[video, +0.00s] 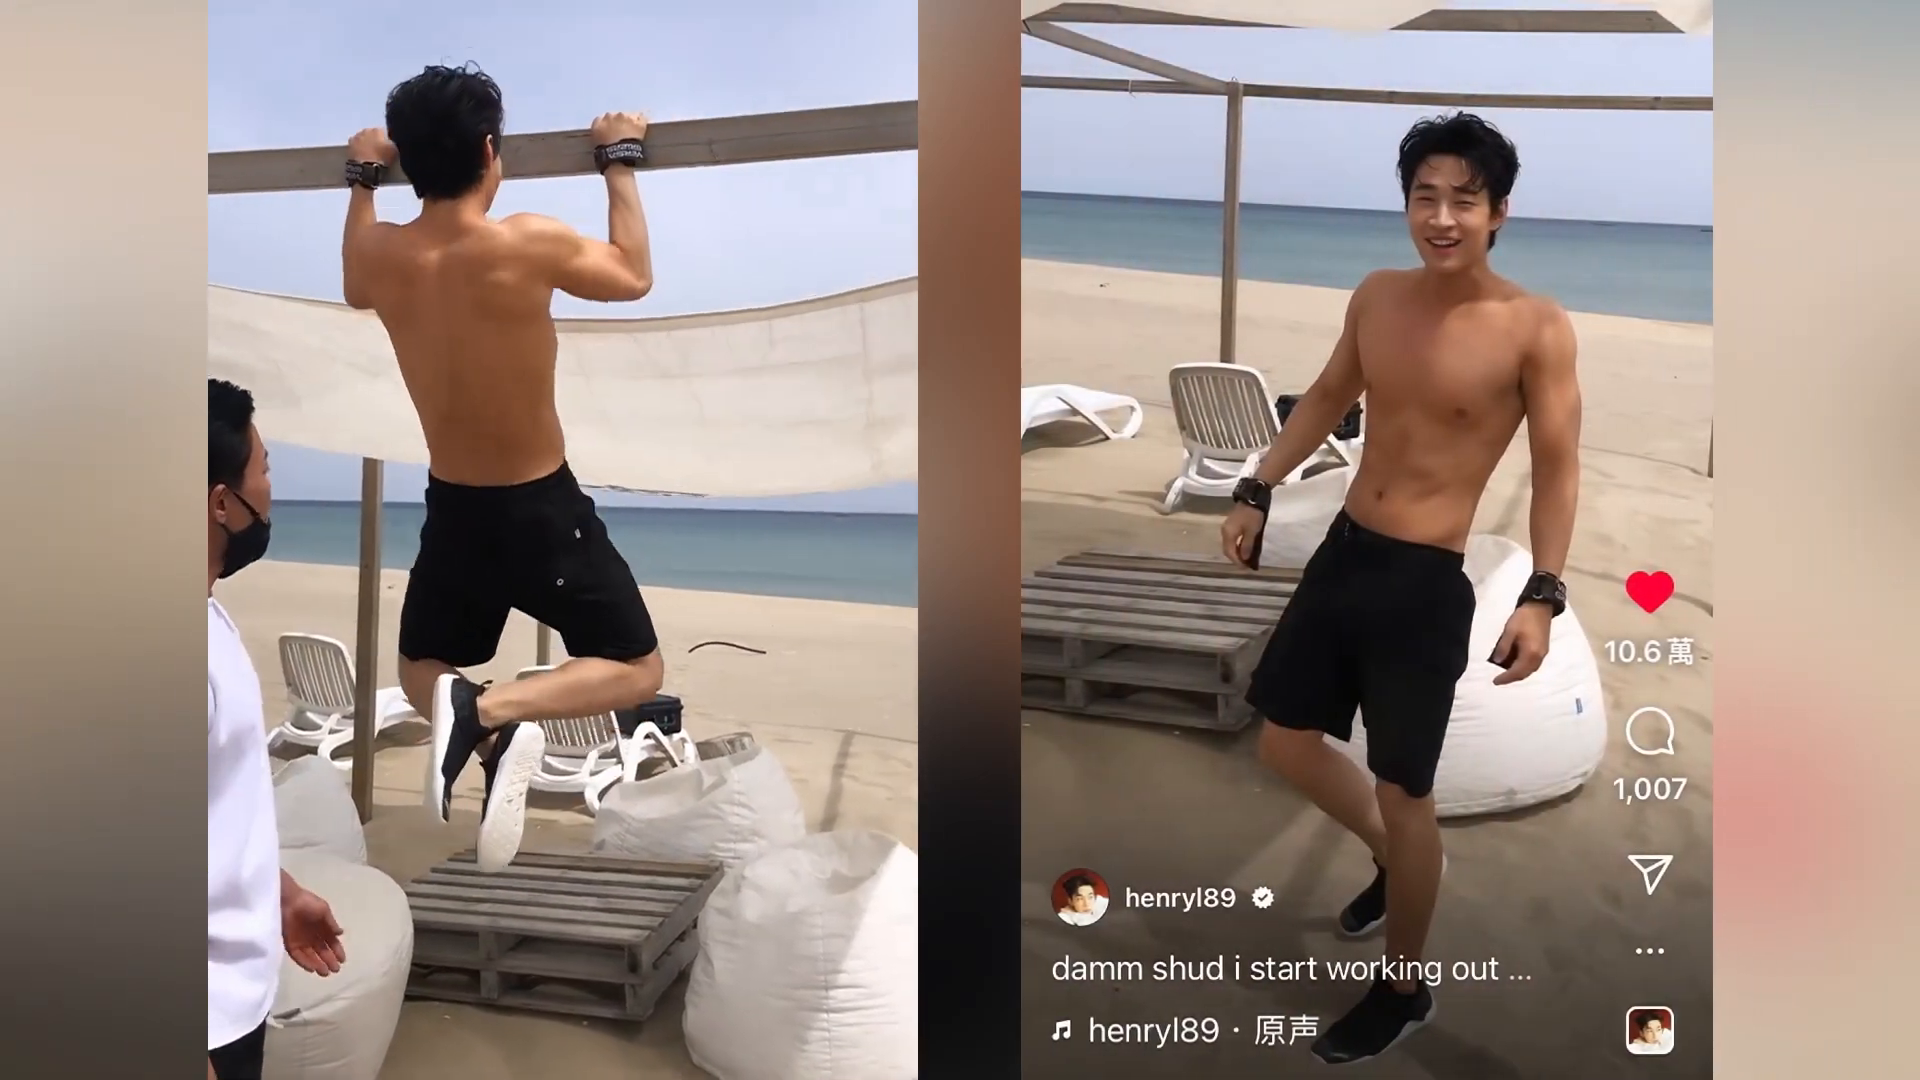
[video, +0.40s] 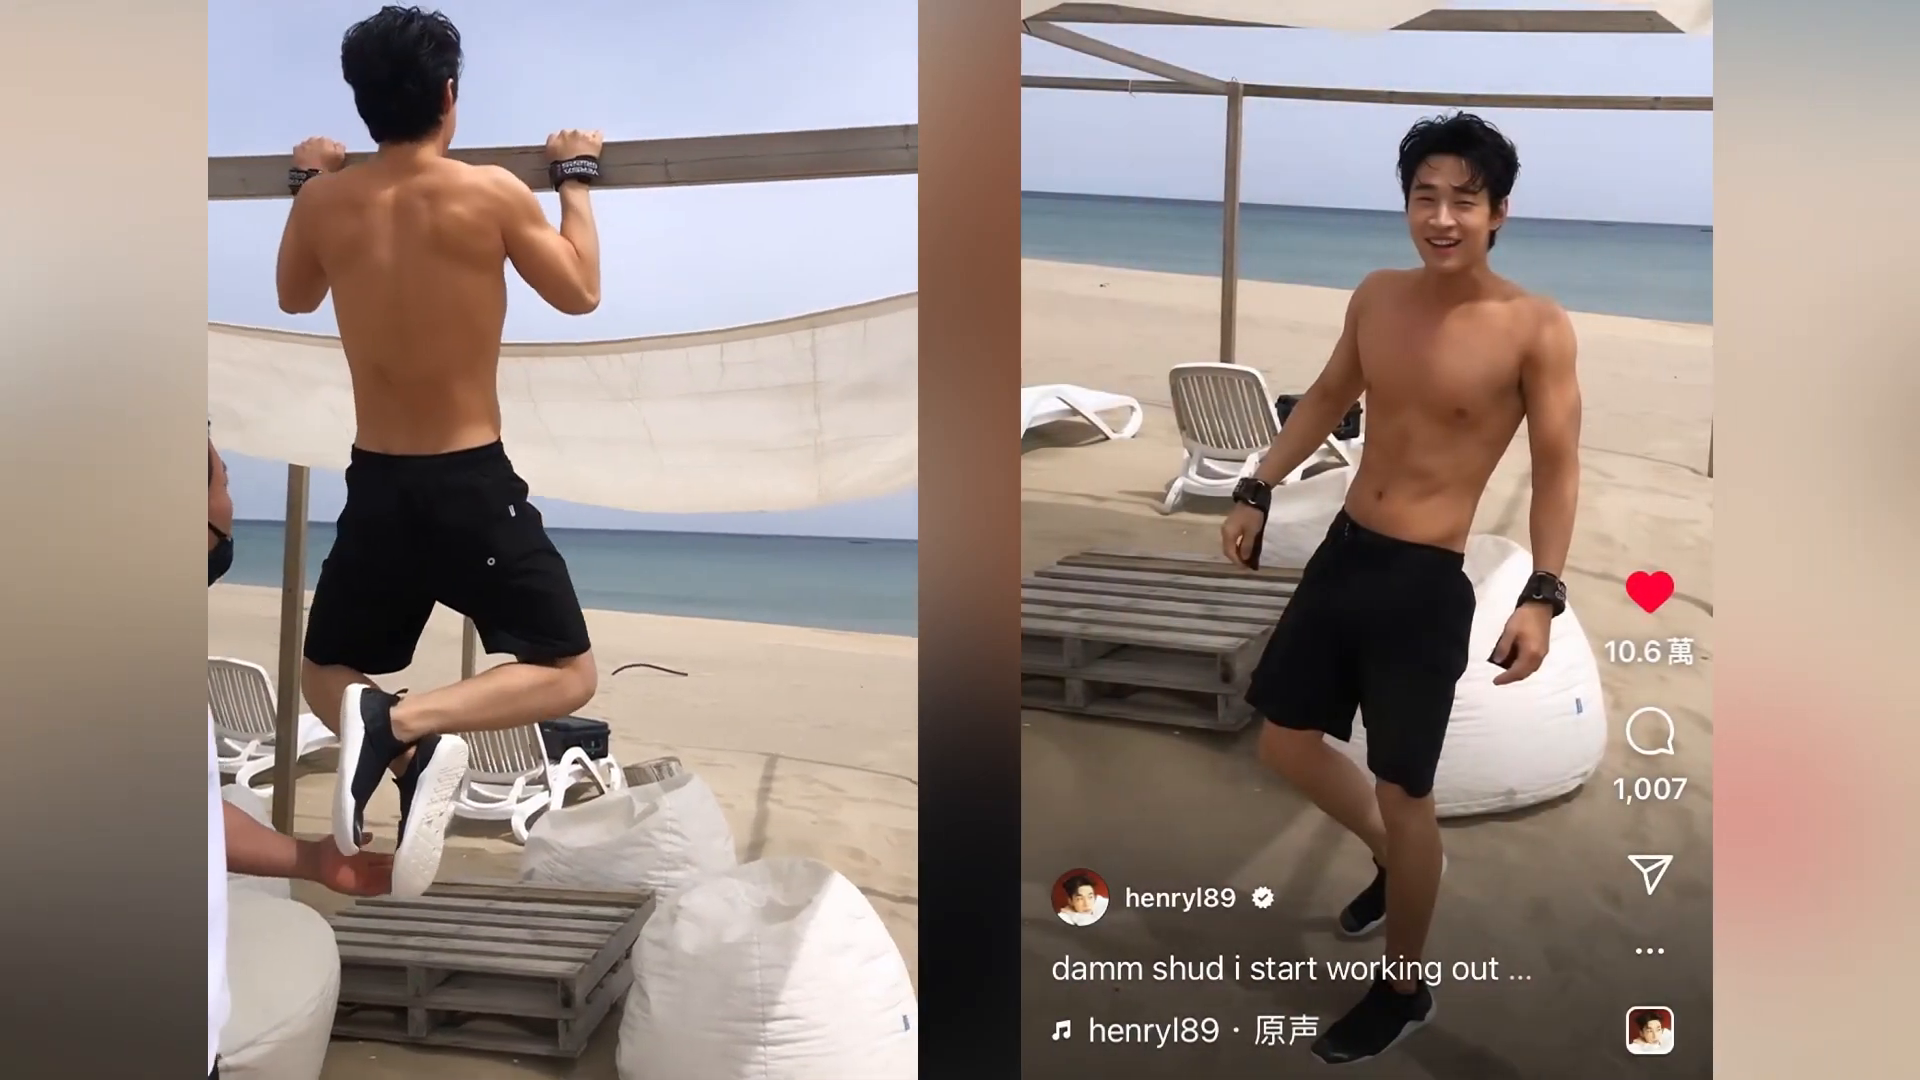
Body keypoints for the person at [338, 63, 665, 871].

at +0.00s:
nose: (501, 150)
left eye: (496, 139)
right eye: (496, 139)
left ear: (405, 165)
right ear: (489, 153)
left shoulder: (383, 254)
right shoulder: (528, 243)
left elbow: (357, 285)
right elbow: (632, 274)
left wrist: (361, 178)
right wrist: (619, 163)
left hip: (454, 512)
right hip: (542, 508)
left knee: (423, 675)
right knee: (639, 673)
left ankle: (498, 749)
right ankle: (483, 707)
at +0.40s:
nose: (459, 95)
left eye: (448, 83)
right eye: (457, 84)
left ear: (363, 104)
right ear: (448, 98)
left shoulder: (327, 201)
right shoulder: (490, 193)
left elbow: (295, 294)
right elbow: (579, 289)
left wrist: (311, 185)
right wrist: (575, 180)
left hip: (377, 488)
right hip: (474, 487)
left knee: (328, 674)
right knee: (569, 675)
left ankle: (421, 770)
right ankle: (398, 719)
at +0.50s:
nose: (445, 123)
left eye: (437, 111)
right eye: (443, 111)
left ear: (345, 133)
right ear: (434, 125)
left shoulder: (313, 228)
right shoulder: (481, 224)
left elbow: (282, 302)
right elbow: (575, 297)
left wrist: (294, 194)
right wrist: (568, 184)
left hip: (364, 517)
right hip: (462, 518)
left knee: (310, 709)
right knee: (551, 714)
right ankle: (376, 752)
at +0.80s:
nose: (428, 243)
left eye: (420, 232)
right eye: (425, 232)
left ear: (335, 256)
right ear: (418, 248)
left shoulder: (312, 350)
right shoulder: (466, 337)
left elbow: (279, 309)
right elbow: (568, 317)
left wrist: (282, 211)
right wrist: (557, 204)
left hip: (358, 615)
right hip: (450, 619)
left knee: (293, 791)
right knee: (518, 827)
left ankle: (333, 903)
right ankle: (337, 850)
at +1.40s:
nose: (514, 333)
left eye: (506, 324)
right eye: (510, 323)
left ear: (422, 349)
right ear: (502, 342)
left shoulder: (405, 429)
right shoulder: (551, 419)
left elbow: (367, 341)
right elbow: (633, 345)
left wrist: (358, 237)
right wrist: (628, 228)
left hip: (454, 681)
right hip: (543, 686)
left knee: (394, 848)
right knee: (603, 873)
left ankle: (468, 948)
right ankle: (454, 909)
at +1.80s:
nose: (544, 219)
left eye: (539, 207)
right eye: (543, 208)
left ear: (447, 234)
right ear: (533, 223)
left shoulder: (420, 327)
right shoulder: (577, 319)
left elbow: (385, 329)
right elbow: (677, 331)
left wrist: (390, 229)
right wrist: (664, 218)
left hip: (484, 606)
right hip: (578, 601)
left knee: (450, 762)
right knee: (664, 766)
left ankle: (544, 877)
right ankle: (527, 841)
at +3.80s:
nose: (581, 190)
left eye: (576, 179)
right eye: (579, 179)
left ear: (482, 203)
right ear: (569, 194)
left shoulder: (458, 295)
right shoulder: (609, 287)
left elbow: (431, 279)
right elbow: (715, 292)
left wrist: (434, 186)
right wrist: (706, 176)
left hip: (515, 568)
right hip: (609, 570)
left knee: (474, 732)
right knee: (680, 752)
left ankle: (543, 864)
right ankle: (528, 807)